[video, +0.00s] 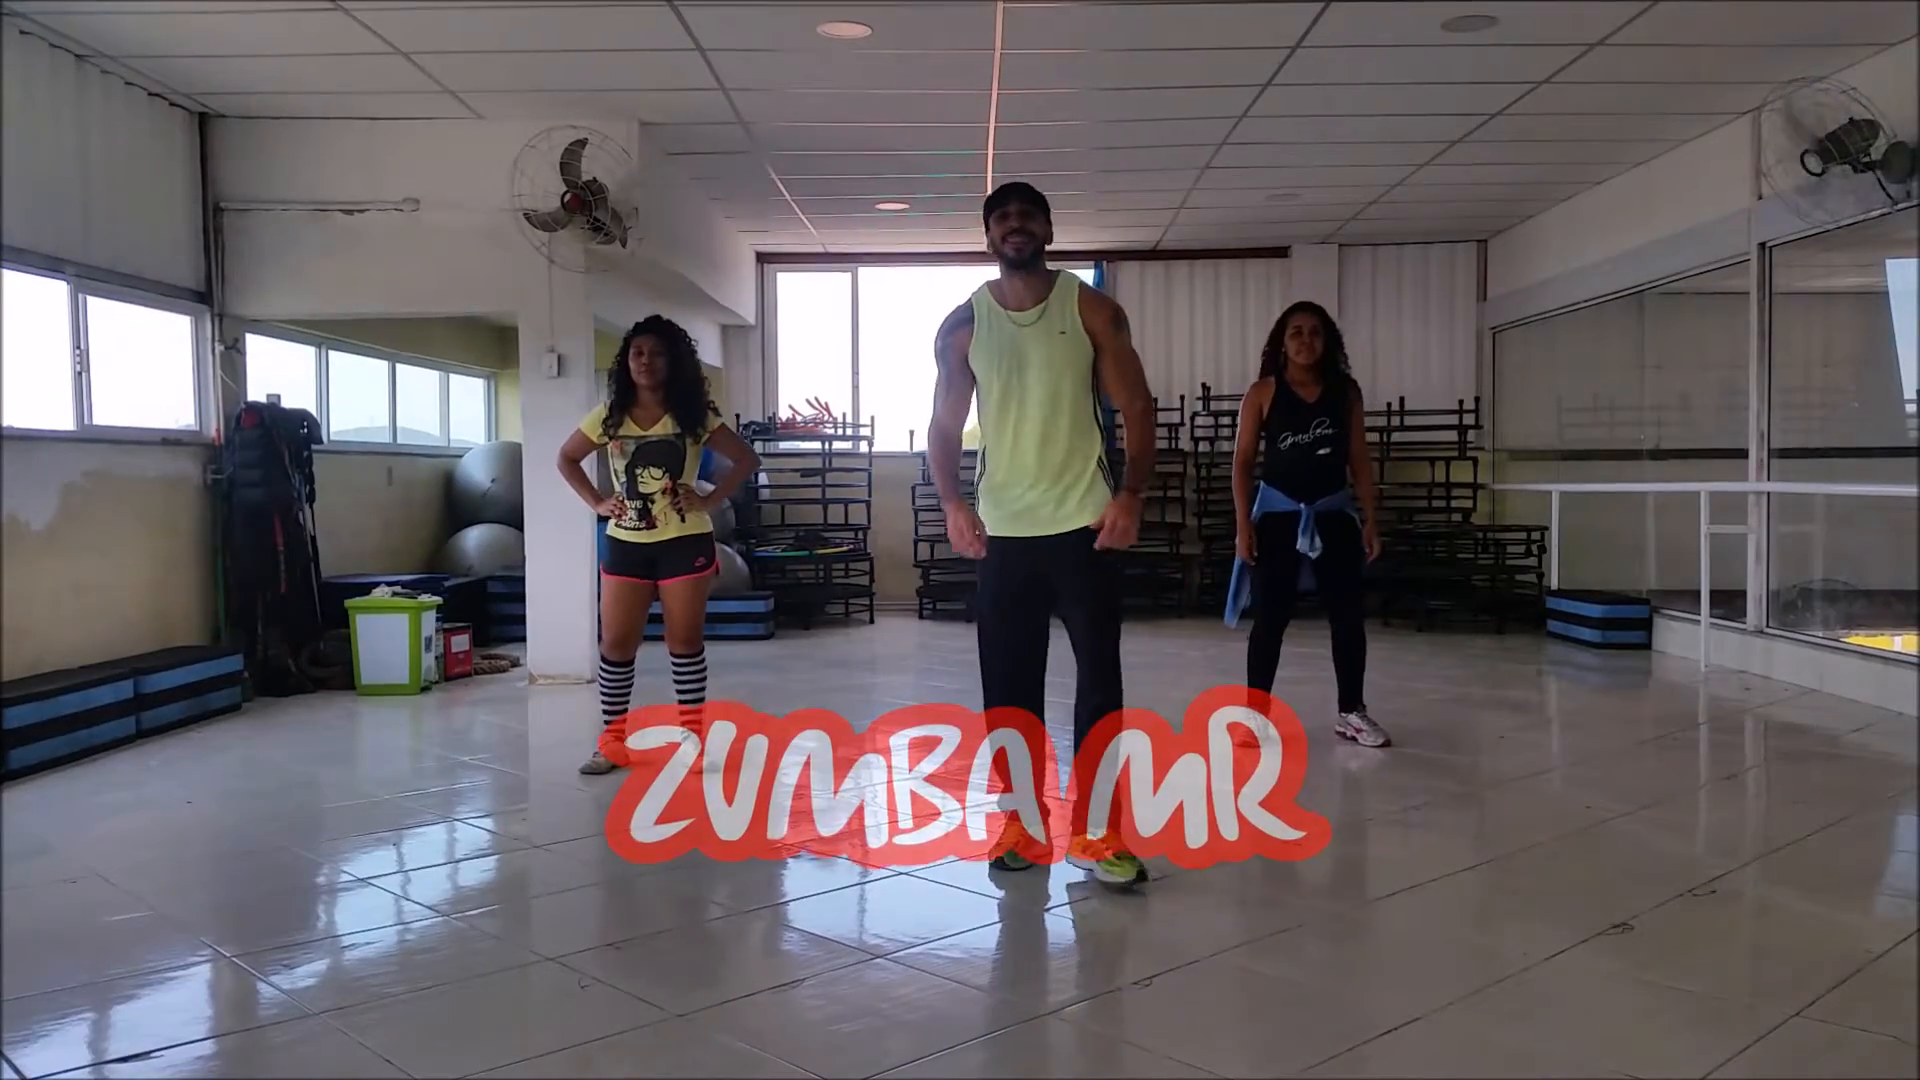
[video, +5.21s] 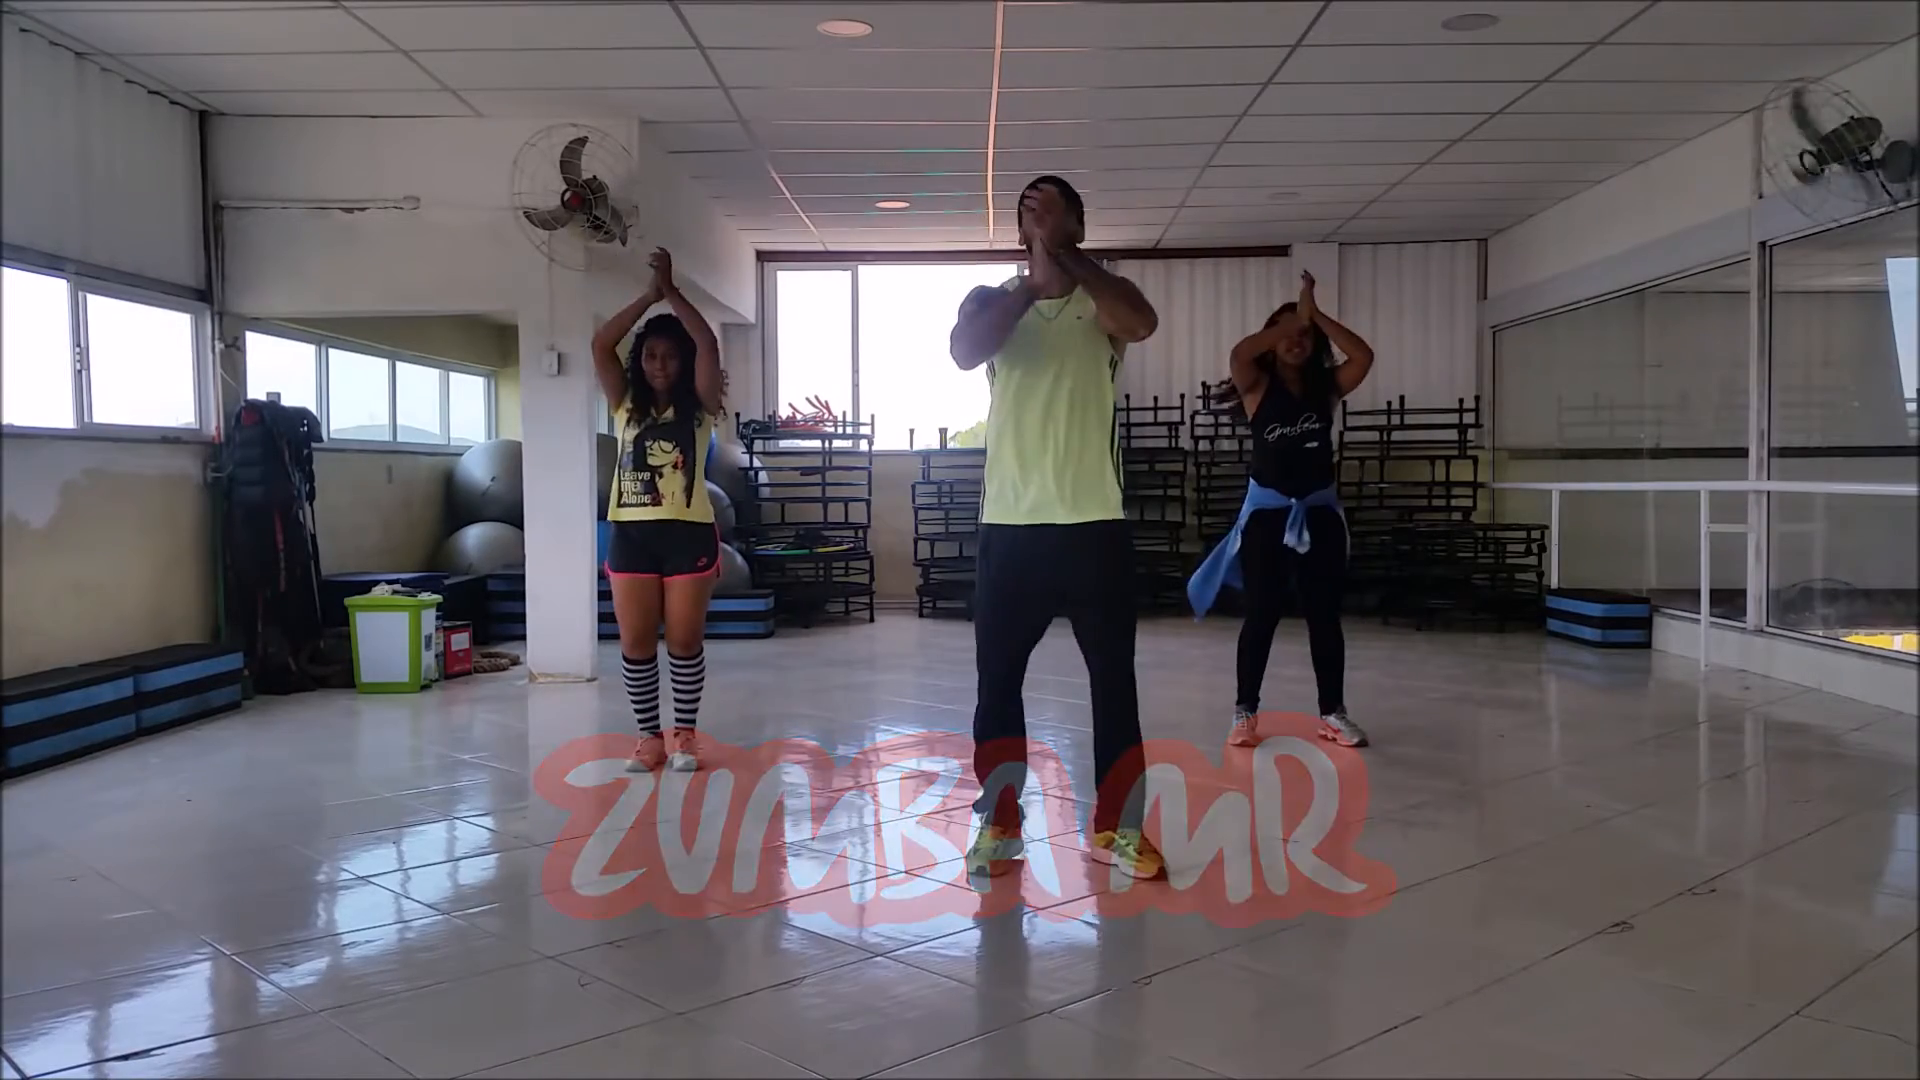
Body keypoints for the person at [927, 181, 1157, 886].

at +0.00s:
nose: (1016, 228)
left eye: (1028, 218)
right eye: (1003, 221)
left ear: (1049, 233)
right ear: (987, 239)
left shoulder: (1093, 309)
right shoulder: (964, 327)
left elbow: (1138, 406)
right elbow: (946, 427)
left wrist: (1132, 494)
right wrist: (954, 503)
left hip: (1086, 526)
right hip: (1006, 532)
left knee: (1100, 685)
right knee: (1008, 688)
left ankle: (1097, 831)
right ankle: (1020, 827)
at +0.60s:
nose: (1064, 227)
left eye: (1077, 219)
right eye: (1052, 219)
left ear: (1098, 239)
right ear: (1035, 239)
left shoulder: (1129, 319)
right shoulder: (1002, 329)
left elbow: (1175, 397)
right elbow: (964, 410)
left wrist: (1189, 421)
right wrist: (939, 454)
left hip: (1110, 532)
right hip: (1028, 532)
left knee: (1111, 691)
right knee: (1015, 686)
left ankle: (1096, 820)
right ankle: (1013, 828)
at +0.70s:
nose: (1068, 230)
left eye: (1081, 224)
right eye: (1057, 224)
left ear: (1103, 243)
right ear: (1042, 244)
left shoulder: (1135, 322)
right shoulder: (1005, 329)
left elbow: (1190, 401)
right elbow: (951, 413)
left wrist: (1200, 370)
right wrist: (928, 369)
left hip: (1115, 535)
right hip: (1032, 531)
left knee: (1116, 693)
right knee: (1008, 678)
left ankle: (1092, 819)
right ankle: (997, 814)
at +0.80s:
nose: (1069, 225)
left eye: (1081, 219)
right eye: (1058, 219)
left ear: (1100, 239)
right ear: (1041, 239)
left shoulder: (1125, 304)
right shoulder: (1011, 315)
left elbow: (1170, 355)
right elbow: (963, 377)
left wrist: (1159, 281)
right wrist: (953, 289)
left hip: (1115, 526)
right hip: (1033, 523)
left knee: (1114, 685)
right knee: (1007, 669)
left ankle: (1097, 807)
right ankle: (1002, 799)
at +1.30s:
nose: (1032, 220)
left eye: (1046, 214)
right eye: (1020, 215)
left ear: (1064, 236)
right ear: (1004, 238)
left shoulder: (1091, 303)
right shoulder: (982, 309)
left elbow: (1141, 275)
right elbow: (931, 298)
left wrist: (1116, 184)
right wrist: (946, 203)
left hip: (1087, 521)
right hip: (1006, 525)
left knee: (1110, 667)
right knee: (1004, 683)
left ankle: (1087, 797)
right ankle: (1006, 816)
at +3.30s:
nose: (1050, 240)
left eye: (1057, 228)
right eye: (1037, 227)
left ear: (1066, 241)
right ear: (1008, 234)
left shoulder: (1078, 304)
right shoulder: (974, 304)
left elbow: (1123, 279)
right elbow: (951, 317)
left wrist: (1052, 197)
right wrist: (1014, 241)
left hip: (1077, 524)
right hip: (995, 526)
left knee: (1082, 710)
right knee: (982, 708)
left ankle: (1086, 849)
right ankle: (973, 848)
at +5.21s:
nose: (1041, 219)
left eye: (1055, 207)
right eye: (1030, 210)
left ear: (1081, 226)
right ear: (1019, 229)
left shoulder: (1105, 294)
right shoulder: (993, 299)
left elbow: (1141, 323)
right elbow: (965, 352)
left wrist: (1070, 254)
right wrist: (1028, 287)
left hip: (1096, 524)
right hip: (1012, 524)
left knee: (1114, 682)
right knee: (996, 681)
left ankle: (1118, 822)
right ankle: (1000, 822)